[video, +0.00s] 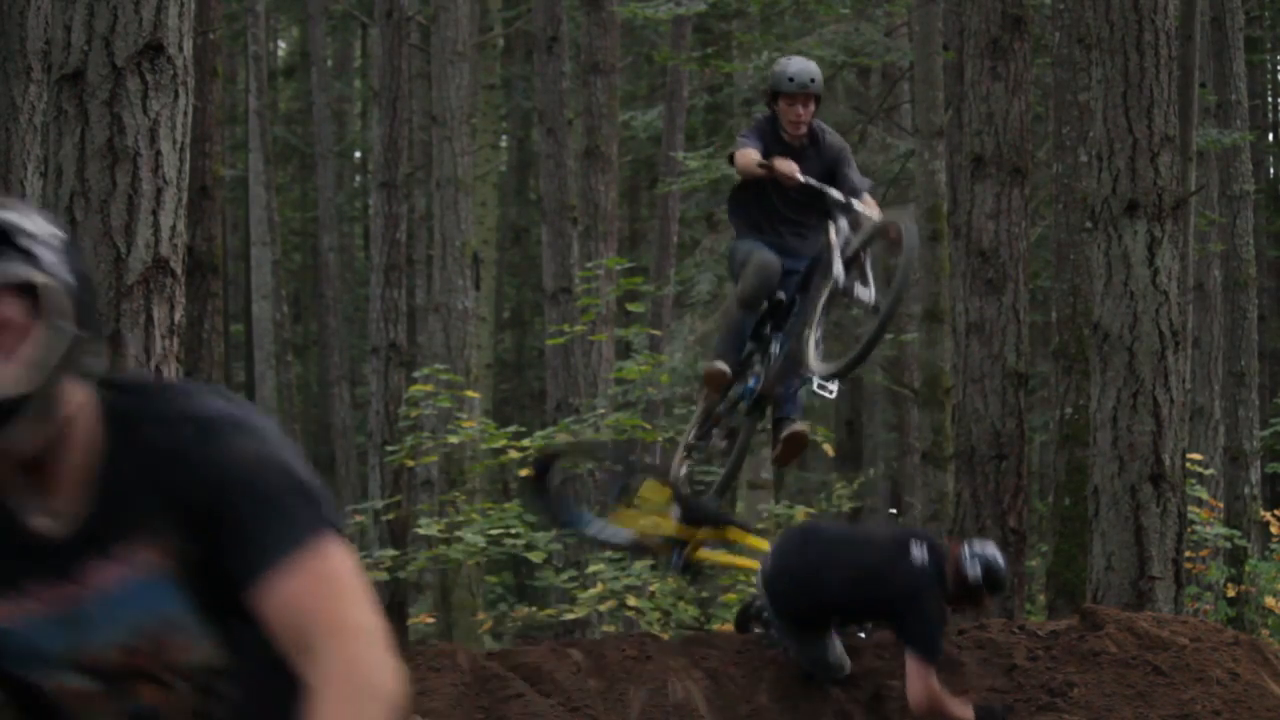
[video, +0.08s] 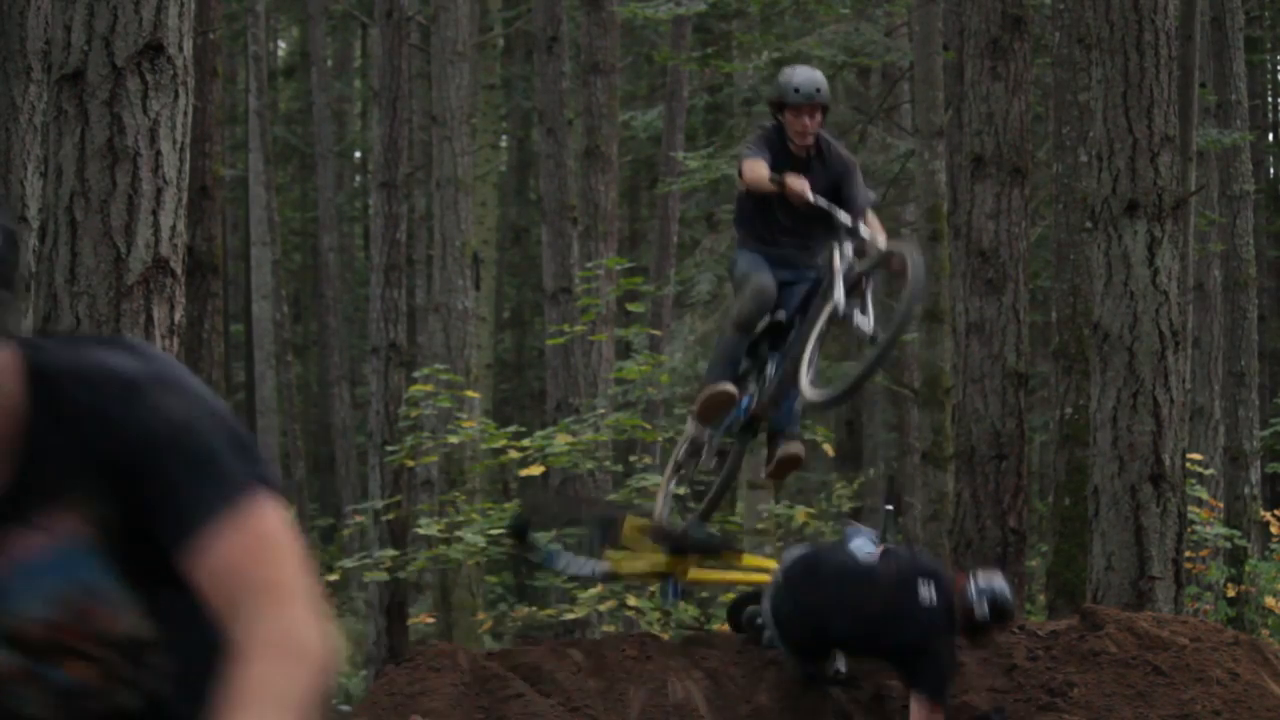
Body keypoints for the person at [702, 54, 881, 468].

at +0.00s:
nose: (799, 111)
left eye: (806, 103)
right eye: (791, 103)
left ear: (816, 105)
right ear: (775, 103)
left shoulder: (831, 147)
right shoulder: (760, 130)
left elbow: (861, 197)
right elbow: (742, 161)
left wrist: (879, 226)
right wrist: (771, 166)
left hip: (805, 254)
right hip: (755, 243)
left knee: (797, 335)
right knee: (765, 267)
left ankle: (789, 426)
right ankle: (725, 361)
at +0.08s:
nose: (806, 123)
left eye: (814, 114)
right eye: (798, 114)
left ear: (824, 116)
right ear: (780, 113)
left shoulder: (839, 162)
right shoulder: (764, 143)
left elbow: (865, 215)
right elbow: (750, 175)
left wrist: (881, 252)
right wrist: (782, 183)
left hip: (805, 267)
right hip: (756, 256)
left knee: (796, 350)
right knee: (760, 292)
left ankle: (784, 441)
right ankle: (720, 385)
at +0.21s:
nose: (825, 151)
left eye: (833, 143)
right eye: (817, 141)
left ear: (844, 145)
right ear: (800, 140)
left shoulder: (854, 194)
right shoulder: (779, 171)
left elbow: (869, 261)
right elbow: (760, 208)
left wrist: (876, 319)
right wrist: (781, 231)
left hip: (810, 298)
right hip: (759, 285)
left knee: (793, 390)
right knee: (752, 340)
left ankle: (775, 488)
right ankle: (725, 430)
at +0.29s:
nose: (841, 172)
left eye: (848, 163)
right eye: (832, 161)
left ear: (858, 164)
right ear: (813, 158)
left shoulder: (862, 213)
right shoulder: (788, 187)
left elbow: (871, 281)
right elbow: (764, 230)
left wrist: (878, 336)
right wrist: (774, 268)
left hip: (815, 313)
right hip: (766, 299)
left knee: (794, 406)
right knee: (760, 361)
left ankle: (766, 509)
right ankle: (730, 446)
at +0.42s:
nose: (873, 227)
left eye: (879, 218)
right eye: (864, 216)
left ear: (884, 218)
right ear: (838, 211)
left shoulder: (882, 263)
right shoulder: (804, 243)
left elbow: (899, 331)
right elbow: (783, 286)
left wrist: (917, 386)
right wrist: (795, 320)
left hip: (817, 362)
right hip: (774, 342)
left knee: (794, 470)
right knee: (774, 410)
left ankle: (753, 576)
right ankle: (729, 501)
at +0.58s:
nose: (916, 332)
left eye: (925, 324)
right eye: (909, 319)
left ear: (930, 328)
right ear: (885, 310)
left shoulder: (915, 377)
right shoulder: (847, 334)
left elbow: (920, 456)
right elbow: (816, 388)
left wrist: (928, 529)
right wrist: (825, 438)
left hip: (824, 458)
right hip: (784, 431)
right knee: (788, 509)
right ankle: (751, 596)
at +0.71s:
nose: (957, 432)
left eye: (967, 425)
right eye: (953, 416)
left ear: (969, 430)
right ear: (929, 403)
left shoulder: (937, 483)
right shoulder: (884, 421)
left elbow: (934, 564)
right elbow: (834, 474)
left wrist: (930, 645)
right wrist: (829, 550)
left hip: (829, 532)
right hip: (792, 488)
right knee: (779, 573)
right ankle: (727, 671)